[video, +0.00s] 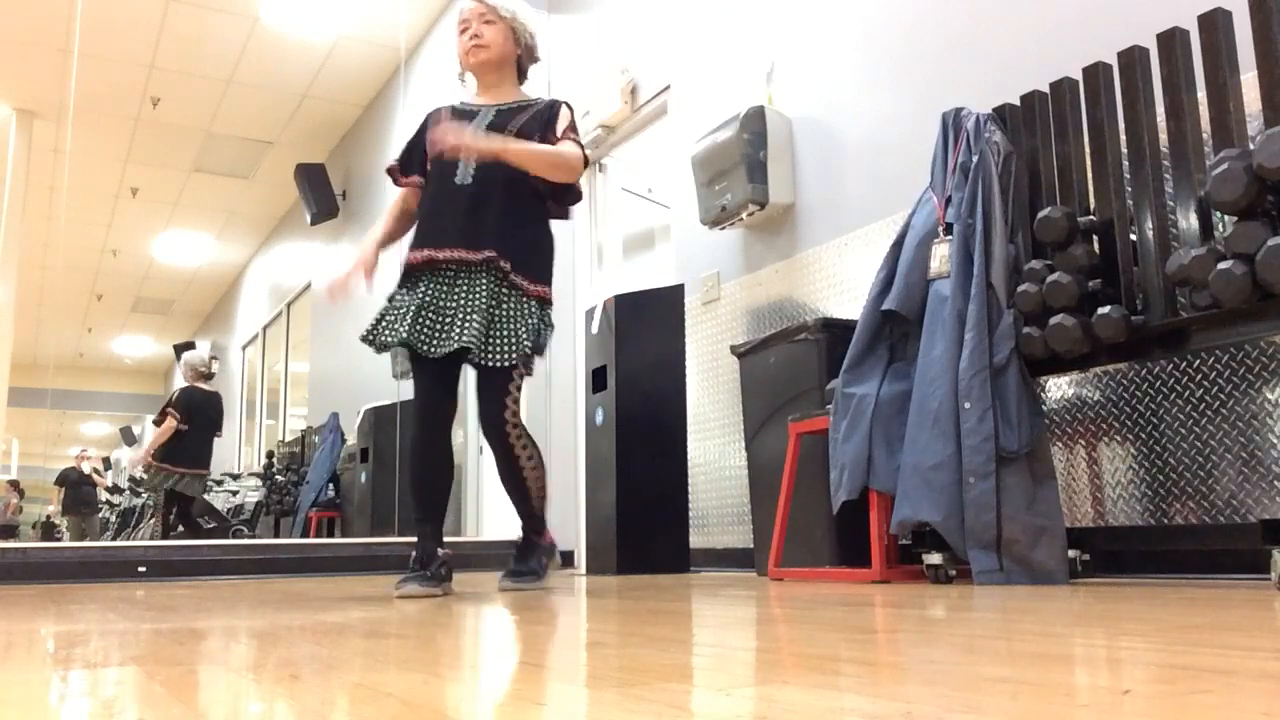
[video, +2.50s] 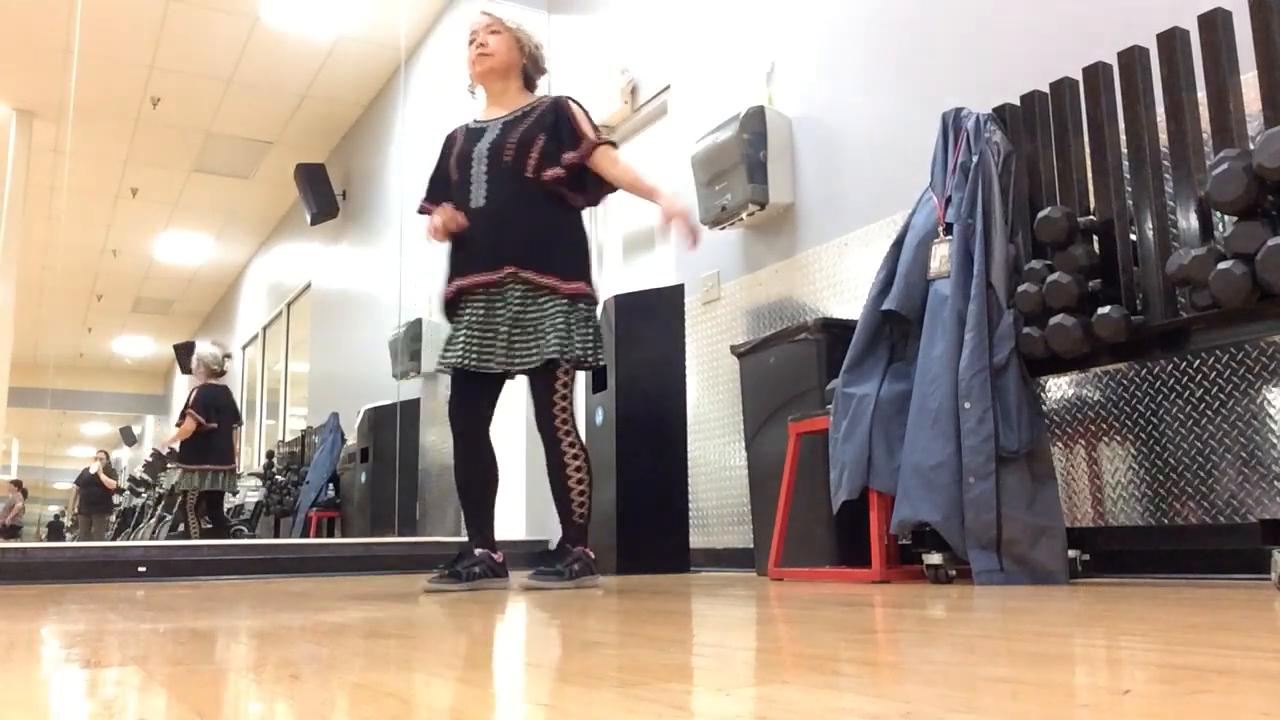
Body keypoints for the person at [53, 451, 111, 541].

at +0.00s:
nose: (85, 461)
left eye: (87, 458)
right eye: (82, 458)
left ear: (90, 460)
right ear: (76, 459)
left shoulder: (94, 471)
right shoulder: (67, 472)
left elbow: (103, 484)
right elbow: (58, 489)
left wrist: (92, 474)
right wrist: (56, 507)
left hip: (91, 511)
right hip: (73, 512)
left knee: (95, 538)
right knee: (75, 540)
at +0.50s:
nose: (85, 461)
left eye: (88, 458)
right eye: (83, 458)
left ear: (91, 460)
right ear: (77, 458)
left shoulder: (94, 471)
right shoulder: (68, 471)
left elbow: (103, 484)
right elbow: (58, 489)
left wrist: (91, 473)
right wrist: (55, 507)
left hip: (91, 512)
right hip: (73, 512)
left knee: (95, 538)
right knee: (74, 540)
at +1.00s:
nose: (93, 460)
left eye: (96, 458)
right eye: (90, 457)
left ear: (100, 460)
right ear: (85, 458)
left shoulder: (103, 472)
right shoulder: (76, 471)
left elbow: (111, 486)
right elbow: (64, 488)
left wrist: (99, 473)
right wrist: (61, 506)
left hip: (96, 512)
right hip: (78, 512)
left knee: (96, 540)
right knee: (78, 540)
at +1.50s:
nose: (102, 460)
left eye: (105, 458)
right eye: (100, 457)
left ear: (109, 460)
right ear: (96, 458)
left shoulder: (113, 471)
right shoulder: (87, 470)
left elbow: (119, 484)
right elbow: (76, 487)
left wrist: (107, 473)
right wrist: (73, 505)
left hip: (105, 511)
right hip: (87, 511)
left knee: (99, 539)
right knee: (84, 538)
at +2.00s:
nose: (105, 461)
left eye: (108, 459)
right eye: (103, 458)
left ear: (112, 460)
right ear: (99, 459)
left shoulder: (117, 471)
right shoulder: (92, 471)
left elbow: (122, 485)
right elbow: (82, 489)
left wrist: (109, 473)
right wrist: (79, 505)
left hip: (108, 512)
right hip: (90, 511)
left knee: (101, 540)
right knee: (83, 538)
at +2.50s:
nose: (98, 461)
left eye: (101, 459)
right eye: (96, 458)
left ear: (107, 460)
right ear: (93, 459)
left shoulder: (110, 471)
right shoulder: (86, 471)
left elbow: (113, 486)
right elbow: (75, 488)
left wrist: (100, 473)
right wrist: (72, 507)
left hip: (101, 510)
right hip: (84, 510)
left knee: (98, 537)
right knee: (83, 537)